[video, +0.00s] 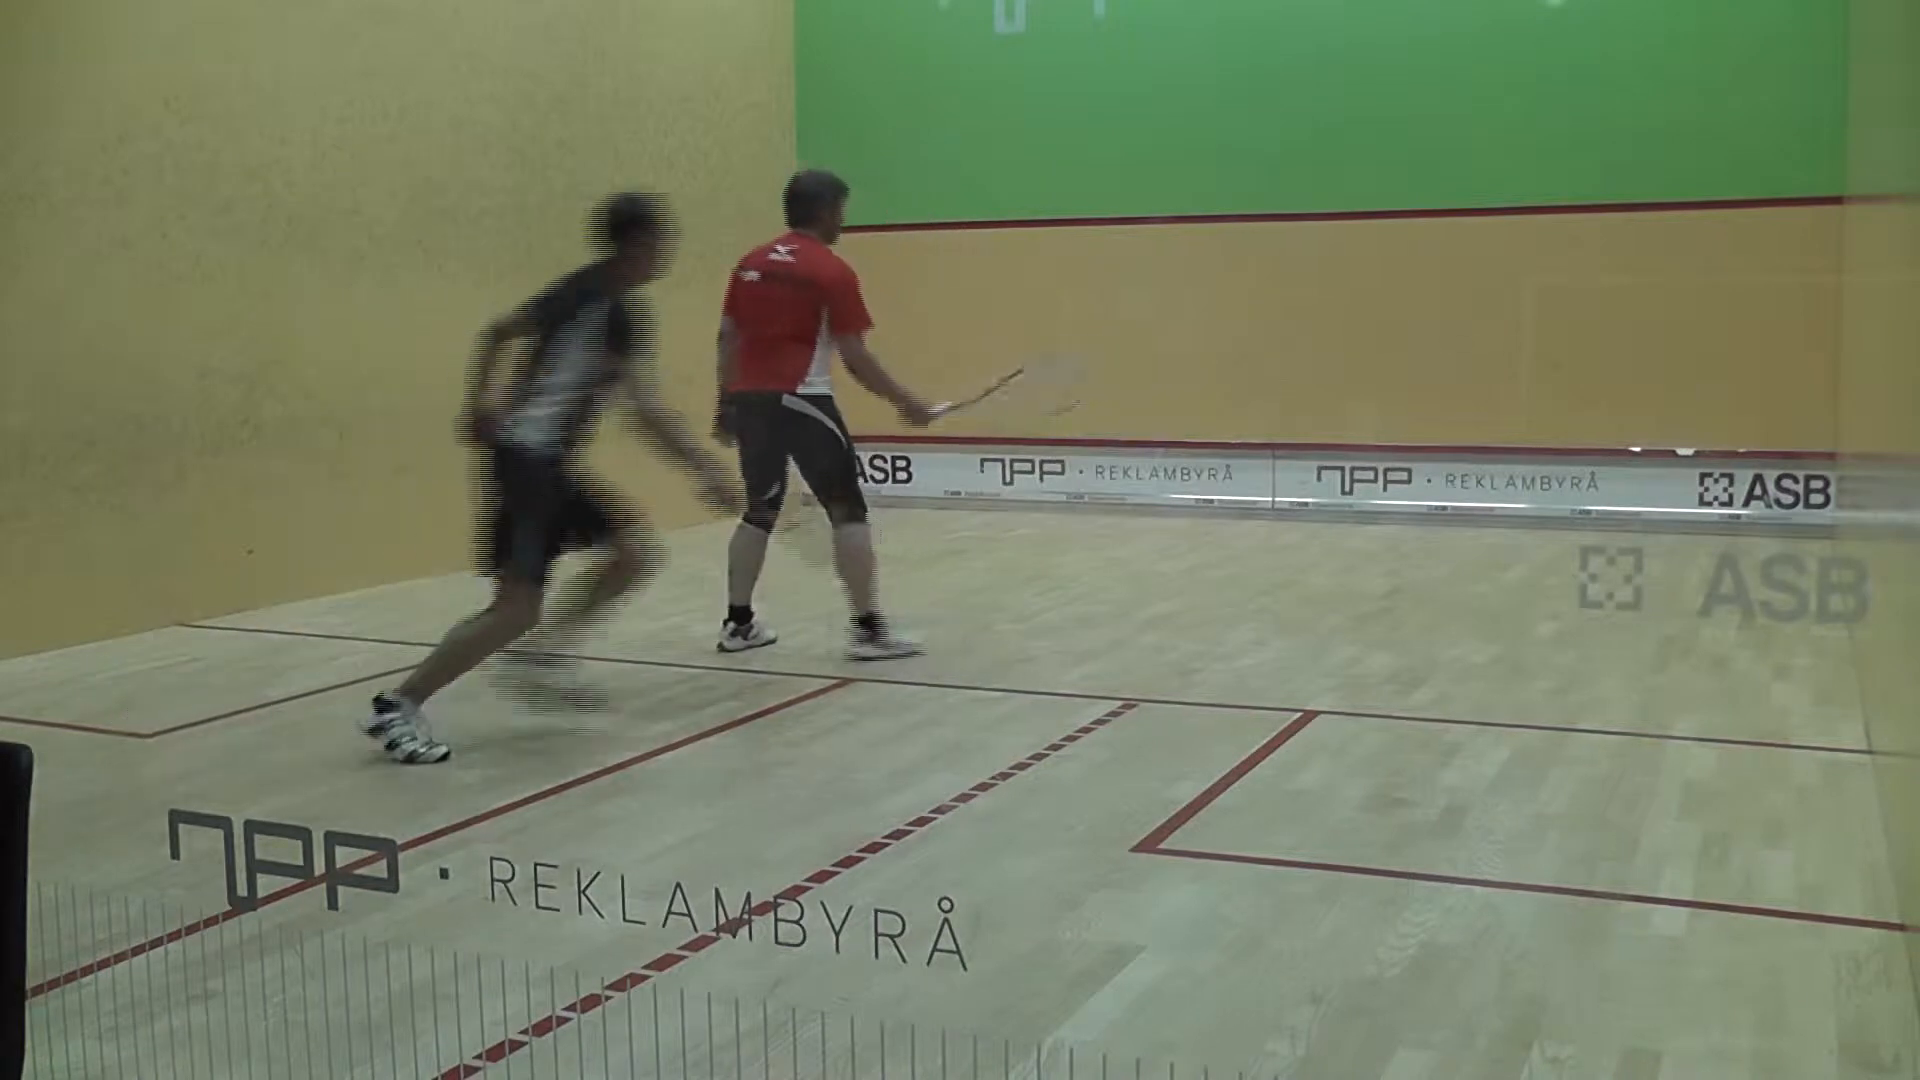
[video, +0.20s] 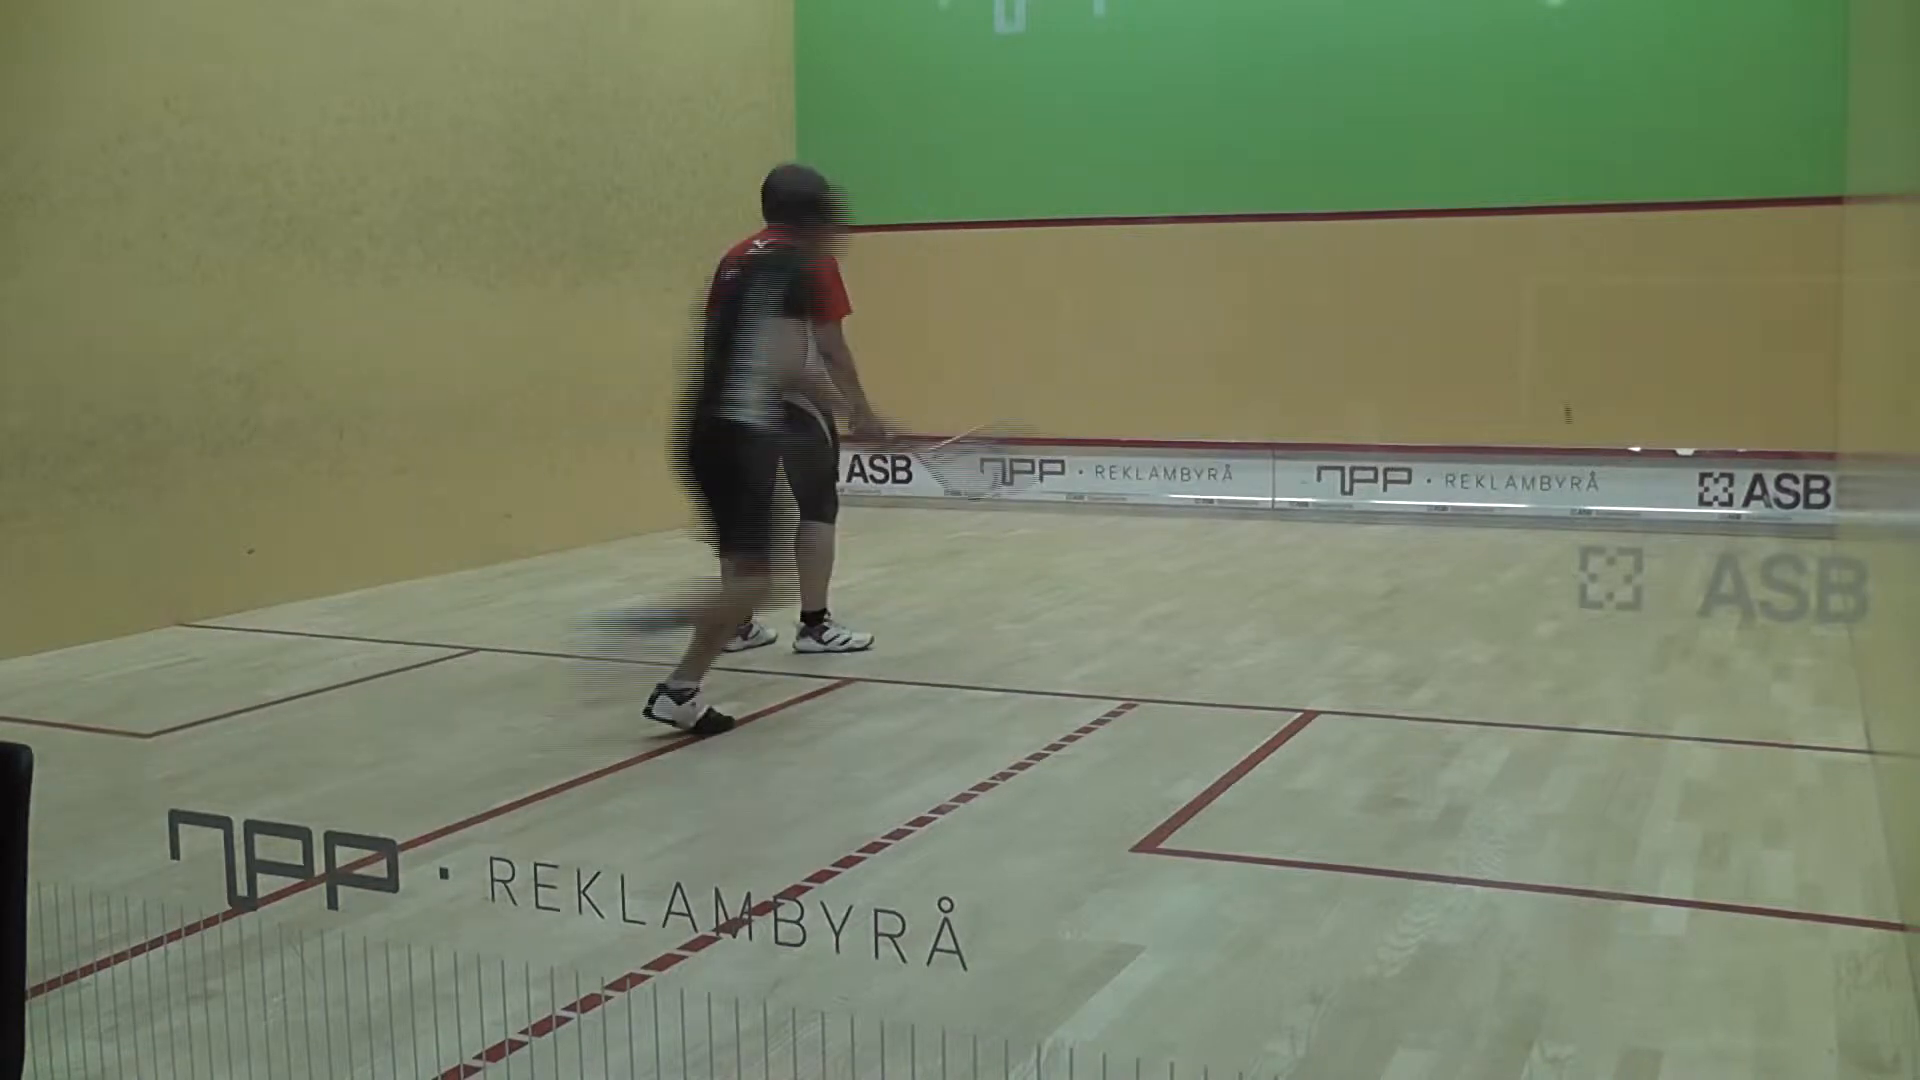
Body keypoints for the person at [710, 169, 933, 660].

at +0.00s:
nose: (843, 219)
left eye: (842, 209)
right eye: (840, 210)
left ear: (793, 211)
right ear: (824, 213)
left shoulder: (753, 261)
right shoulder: (831, 270)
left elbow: (727, 335)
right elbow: (856, 356)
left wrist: (726, 398)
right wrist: (905, 400)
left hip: (747, 400)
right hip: (804, 401)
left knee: (760, 506)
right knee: (846, 508)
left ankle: (737, 622)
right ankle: (868, 627)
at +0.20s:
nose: (829, 220)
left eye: (828, 211)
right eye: (825, 210)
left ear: (769, 208)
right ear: (814, 210)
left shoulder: (738, 257)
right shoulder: (814, 261)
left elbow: (722, 340)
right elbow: (832, 347)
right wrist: (864, 414)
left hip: (735, 405)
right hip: (794, 406)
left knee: (741, 515)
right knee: (818, 506)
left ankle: (736, 621)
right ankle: (815, 623)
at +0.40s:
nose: (814, 214)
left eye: (814, 204)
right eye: (811, 204)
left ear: (762, 205)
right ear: (794, 206)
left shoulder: (725, 259)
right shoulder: (807, 261)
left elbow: (714, 340)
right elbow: (830, 347)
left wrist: (733, 391)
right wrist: (852, 410)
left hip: (737, 399)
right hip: (793, 398)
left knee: (741, 508)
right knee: (814, 509)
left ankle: (735, 621)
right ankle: (815, 625)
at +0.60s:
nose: (812, 215)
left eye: (812, 206)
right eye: (809, 206)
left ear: (762, 206)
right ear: (791, 206)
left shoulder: (727, 256)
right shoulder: (798, 259)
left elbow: (717, 337)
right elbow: (823, 344)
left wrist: (746, 379)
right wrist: (847, 405)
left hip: (732, 399)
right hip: (782, 398)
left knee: (744, 507)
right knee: (834, 497)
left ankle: (736, 623)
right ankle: (822, 620)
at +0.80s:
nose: (820, 218)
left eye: (820, 208)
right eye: (816, 208)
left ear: (770, 208)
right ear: (797, 208)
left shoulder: (731, 258)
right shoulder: (806, 262)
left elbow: (714, 339)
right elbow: (830, 348)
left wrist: (738, 391)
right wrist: (853, 408)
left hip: (740, 405)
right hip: (793, 401)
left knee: (750, 509)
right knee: (842, 507)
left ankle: (736, 625)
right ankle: (842, 630)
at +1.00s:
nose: (850, 221)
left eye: (850, 211)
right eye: (847, 211)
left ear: (798, 208)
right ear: (825, 209)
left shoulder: (755, 260)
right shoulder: (836, 266)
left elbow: (726, 338)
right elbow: (865, 353)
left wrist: (719, 402)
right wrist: (884, 412)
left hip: (755, 406)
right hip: (813, 406)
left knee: (754, 512)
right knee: (848, 517)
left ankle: (738, 625)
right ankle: (841, 643)